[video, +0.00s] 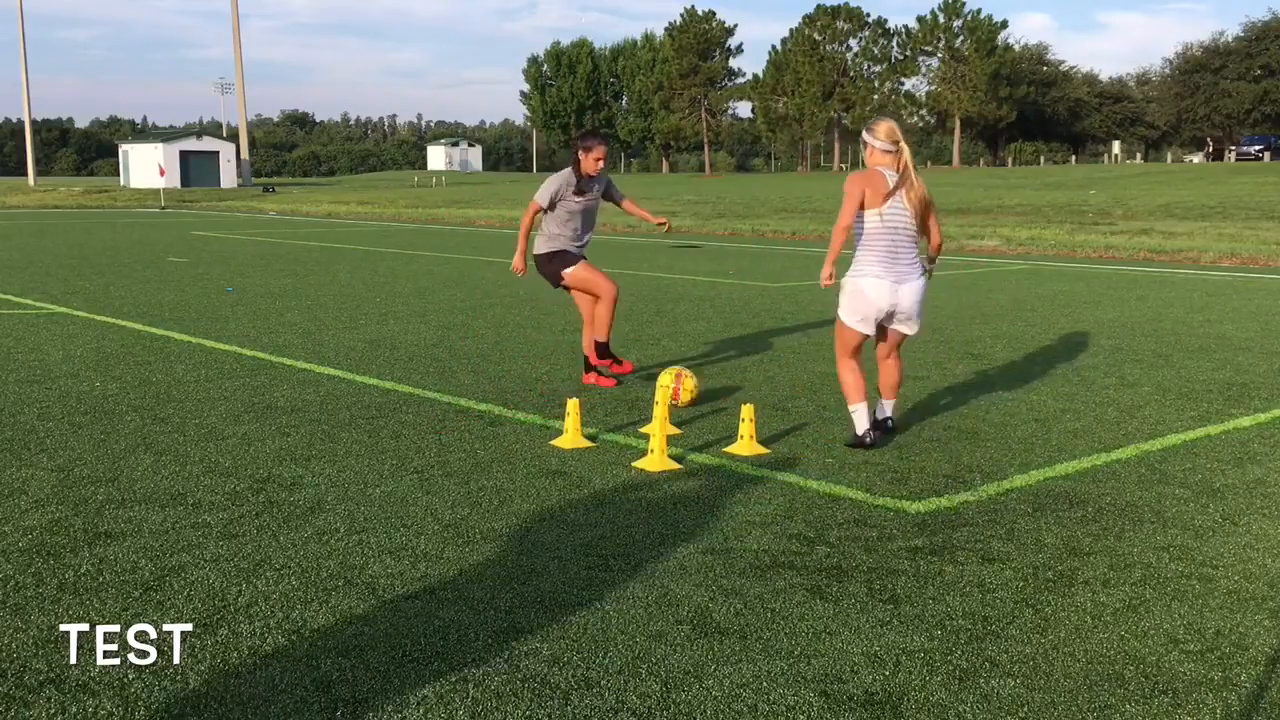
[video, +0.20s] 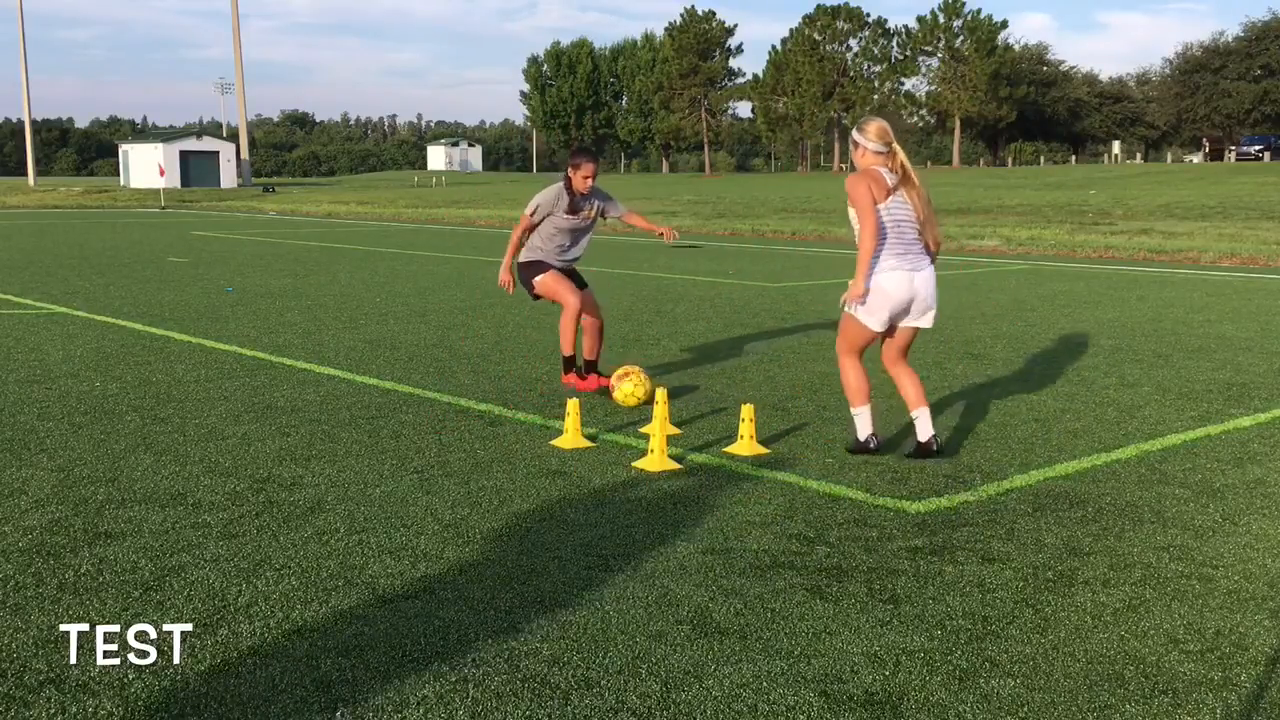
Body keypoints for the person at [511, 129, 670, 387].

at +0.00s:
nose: (602, 165)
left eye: (604, 159)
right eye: (597, 159)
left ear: (604, 158)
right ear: (580, 156)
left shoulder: (601, 180)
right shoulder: (560, 181)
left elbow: (621, 201)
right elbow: (530, 212)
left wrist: (651, 218)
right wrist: (520, 254)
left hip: (573, 253)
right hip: (551, 254)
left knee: (591, 314)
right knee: (607, 290)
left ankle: (590, 371)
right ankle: (602, 354)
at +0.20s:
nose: (590, 183)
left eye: (593, 177)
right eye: (585, 178)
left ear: (596, 175)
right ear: (570, 173)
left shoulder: (598, 198)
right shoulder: (551, 196)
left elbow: (626, 215)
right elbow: (521, 229)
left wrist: (656, 229)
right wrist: (506, 266)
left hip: (564, 266)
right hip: (534, 263)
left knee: (594, 317)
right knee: (573, 300)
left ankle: (590, 374)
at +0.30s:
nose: (572, 178)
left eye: (575, 172)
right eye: (566, 172)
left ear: (578, 170)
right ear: (551, 168)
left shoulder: (583, 191)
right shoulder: (534, 193)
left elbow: (604, 215)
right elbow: (504, 226)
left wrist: (616, 218)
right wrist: (495, 262)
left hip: (561, 269)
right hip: (528, 267)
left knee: (584, 321)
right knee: (535, 318)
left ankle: (589, 374)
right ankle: (509, 379)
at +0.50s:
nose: (534, 162)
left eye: (538, 156)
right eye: (529, 156)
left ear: (542, 154)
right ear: (514, 153)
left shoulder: (549, 180)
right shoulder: (497, 183)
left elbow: (556, 211)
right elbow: (480, 225)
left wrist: (579, 227)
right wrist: (486, 247)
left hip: (540, 266)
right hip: (503, 265)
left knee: (558, 334)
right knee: (494, 330)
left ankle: (555, 364)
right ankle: (482, 385)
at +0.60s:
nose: (529, 147)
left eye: (534, 141)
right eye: (524, 141)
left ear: (538, 139)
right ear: (509, 137)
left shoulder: (544, 161)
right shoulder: (494, 169)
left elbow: (550, 189)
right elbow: (477, 214)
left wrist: (574, 210)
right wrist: (493, 220)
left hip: (535, 253)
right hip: (498, 254)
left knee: (540, 321)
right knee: (492, 326)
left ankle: (528, 379)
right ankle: (482, 383)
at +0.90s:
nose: (528, 137)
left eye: (533, 130)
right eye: (522, 130)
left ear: (540, 128)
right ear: (509, 126)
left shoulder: (547, 158)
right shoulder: (490, 153)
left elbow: (558, 195)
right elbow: (454, 195)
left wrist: (572, 199)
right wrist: (466, 192)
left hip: (528, 248)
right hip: (487, 241)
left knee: (522, 322)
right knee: (481, 312)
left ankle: (506, 389)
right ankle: (460, 359)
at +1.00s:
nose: (527, 149)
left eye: (532, 142)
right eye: (521, 141)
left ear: (539, 141)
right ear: (508, 136)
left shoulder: (547, 170)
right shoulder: (487, 168)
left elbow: (566, 202)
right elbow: (454, 202)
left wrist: (576, 201)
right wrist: (442, 226)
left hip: (528, 259)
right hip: (487, 252)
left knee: (522, 330)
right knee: (481, 314)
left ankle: (512, 408)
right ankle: (452, 374)